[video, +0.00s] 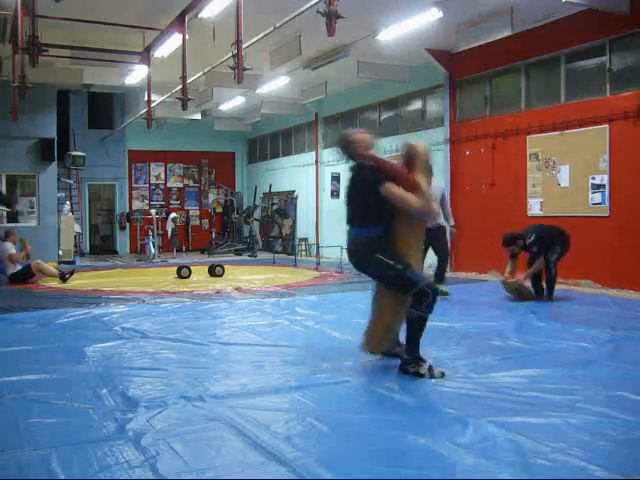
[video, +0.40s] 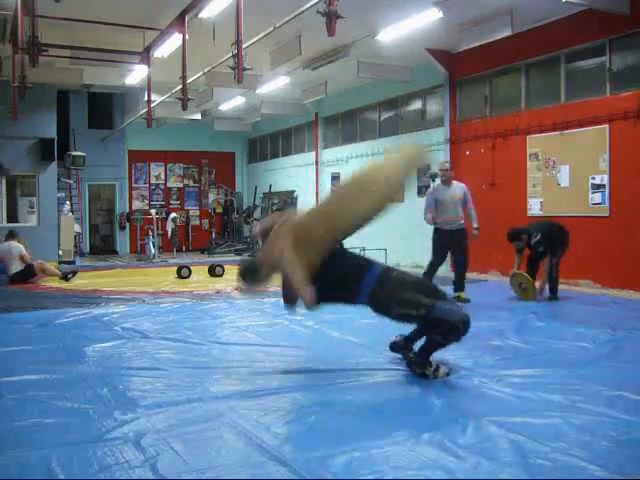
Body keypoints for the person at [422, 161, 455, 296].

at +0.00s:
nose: (426, 178)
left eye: (428, 175)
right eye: (423, 175)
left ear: (431, 175)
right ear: (418, 176)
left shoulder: (439, 189)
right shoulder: (416, 190)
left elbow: (445, 208)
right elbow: (412, 209)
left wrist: (451, 222)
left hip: (437, 226)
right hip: (421, 227)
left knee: (443, 256)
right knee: (418, 257)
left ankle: (438, 282)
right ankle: (415, 282)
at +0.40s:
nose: (444, 174)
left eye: (446, 171)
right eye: (442, 171)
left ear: (452, 172)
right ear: (439, 173)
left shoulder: (461, 188)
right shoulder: (433, 190)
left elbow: (469, 207)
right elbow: (429, 208)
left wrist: (474, 224)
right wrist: (429, 217)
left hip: (458, 228)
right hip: (441, 228)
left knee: (461, 261)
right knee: (437, 259)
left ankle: (459, 291)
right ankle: (423, 285)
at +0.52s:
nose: (448, 172)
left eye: (451, 169)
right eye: (445, 169)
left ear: (456, 171)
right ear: (442, 172)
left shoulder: (467, 186)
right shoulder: (438, 190)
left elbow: (476, 205)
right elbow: (433, 208)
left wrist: (481, 222)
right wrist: (434, 217)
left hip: (463, 226)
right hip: (446, 226)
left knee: (464, 261)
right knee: (446, 259)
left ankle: (459, 292)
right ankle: (434, 283)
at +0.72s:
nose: (455, 171)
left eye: (457, 168)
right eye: (452, 169)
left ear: (463, 169)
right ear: (449, 171)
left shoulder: (475, 184)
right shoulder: (445, 188)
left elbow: (486, 202)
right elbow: (440, 208)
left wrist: (491, 218)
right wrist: (441, 216)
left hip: (471, 225)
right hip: (454, 225)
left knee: (468, 259)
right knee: (461, 257)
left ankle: (460, 290)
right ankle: (461, 290)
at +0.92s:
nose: (461, 172)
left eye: (464, 169)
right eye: (459, 170)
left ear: (470, 170)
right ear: (456, 172)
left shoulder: (482, 185)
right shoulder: (453, 190)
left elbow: (494, 203)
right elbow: (448, 209)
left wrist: (498, 219)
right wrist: (447, 218)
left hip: (479, 226)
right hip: (462, 226)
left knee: (475, 261)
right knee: (470, 261)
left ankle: (460, 290)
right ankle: (476, 293)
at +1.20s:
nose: (470, 171)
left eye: (473, 167)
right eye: (467, 168)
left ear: (479, 168)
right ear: (464, 170)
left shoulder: (492, 183)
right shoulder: (461, 190)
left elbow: (504, 202)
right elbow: (457, 213)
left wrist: (509, 221)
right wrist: (458, 218)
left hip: (492, 227)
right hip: (474, 227)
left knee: (500, 261)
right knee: (476, 263)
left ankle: (485, 284)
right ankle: (477, 295)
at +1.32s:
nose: (473, 170)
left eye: (476, 167)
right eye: (471, 167)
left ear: (483, 168)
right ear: (468, 170)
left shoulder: (496, 183)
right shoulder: (464, 190)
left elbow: (507, 203)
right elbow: (459, 212)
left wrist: (513, 220)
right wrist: (461, 219)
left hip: (496, 227)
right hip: (477, 227)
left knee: (505, 259)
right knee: (478, 263)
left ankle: (501, 290)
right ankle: (478, 296)